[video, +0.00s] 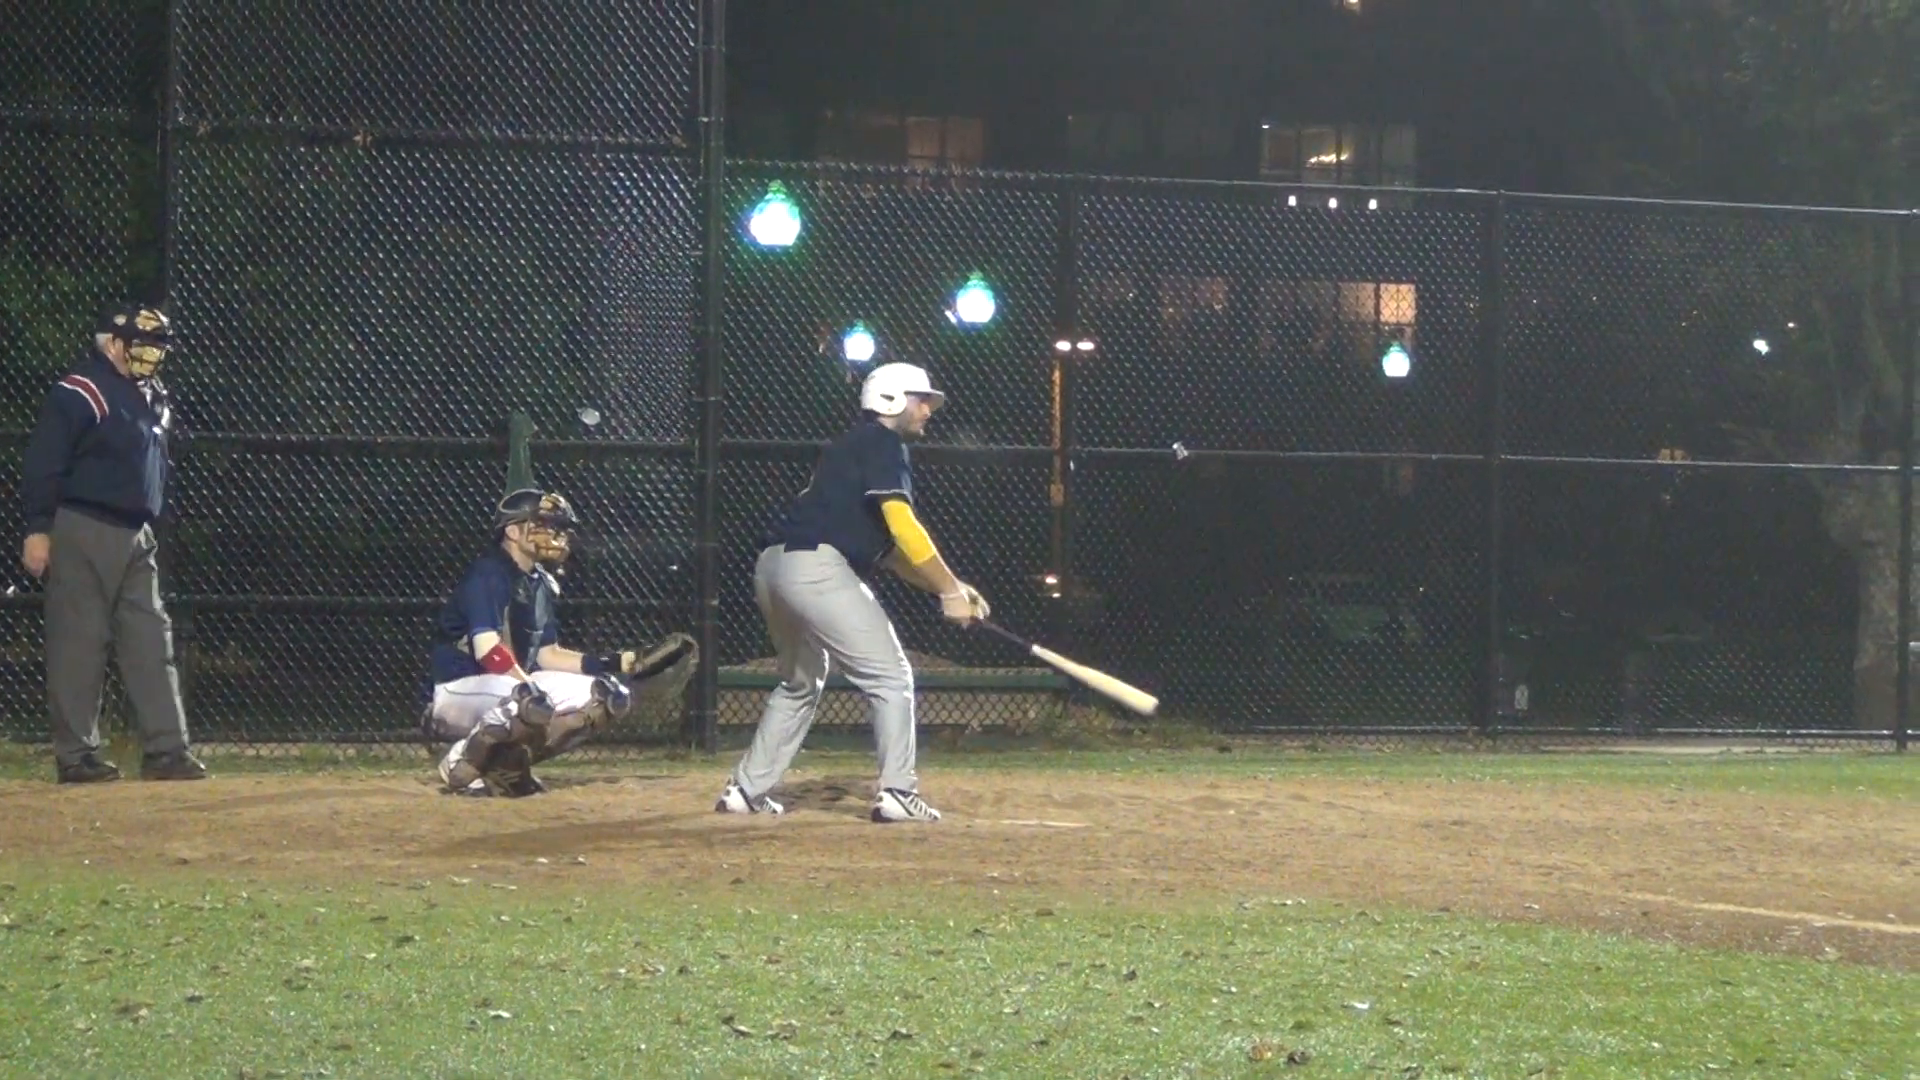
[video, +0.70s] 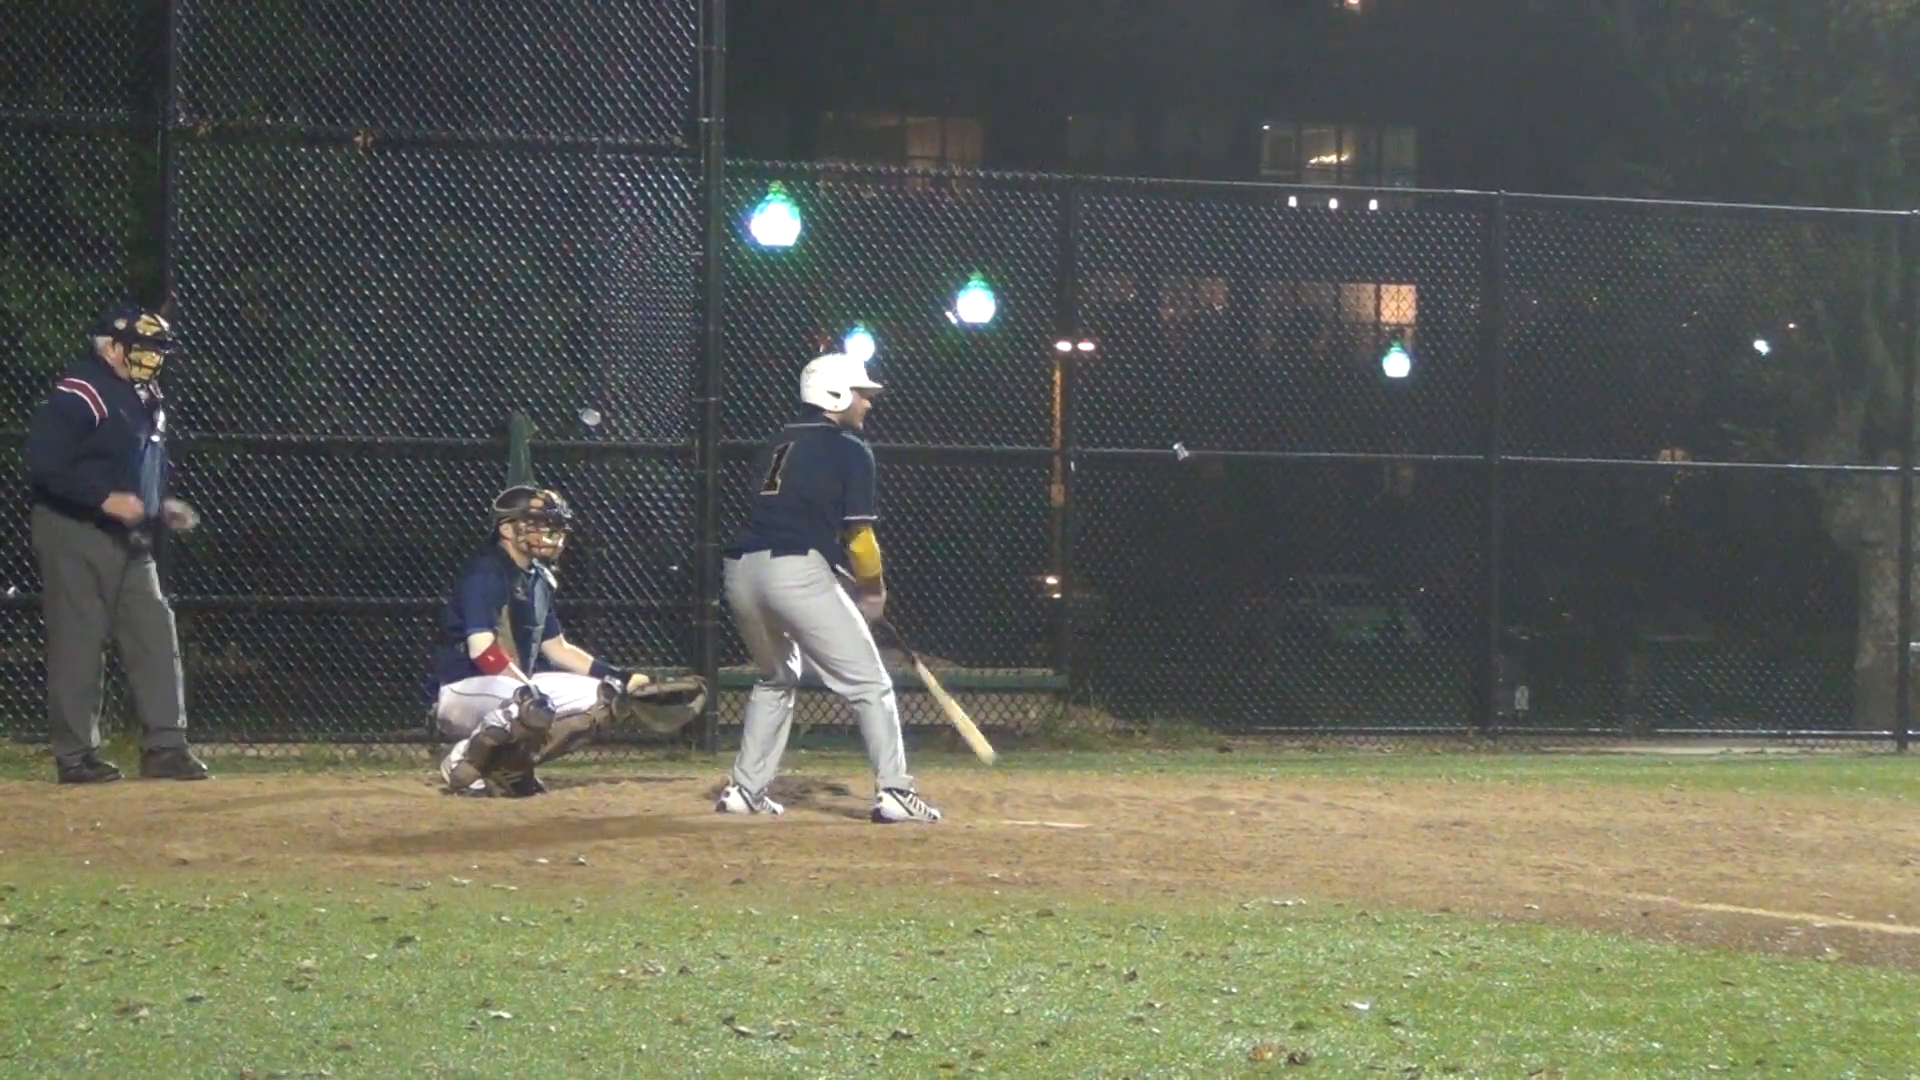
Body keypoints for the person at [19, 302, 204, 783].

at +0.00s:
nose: (150, 355)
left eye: (155, 346)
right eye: (141, 345)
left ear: (158, 348)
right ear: (113, 343)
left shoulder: (152, 398)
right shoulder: (79, 390)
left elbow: (153, 465)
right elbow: (43, 459)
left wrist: (147, 518)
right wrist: (37, 527)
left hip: (136, 535)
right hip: (84, 531)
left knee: (149, 640)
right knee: (79, 639)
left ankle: (167, 751)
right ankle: (76, 755)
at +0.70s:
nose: (150, 359)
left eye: (155, 350)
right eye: (142, 348)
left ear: (155, 351)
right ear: (114, 345)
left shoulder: (144, 395)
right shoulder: (83, 390)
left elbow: (139, 469)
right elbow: (45, 466)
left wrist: (163, 505)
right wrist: (104, 498)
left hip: (127, 533)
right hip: (72, 530)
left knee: (152, 628)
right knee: (78, 637)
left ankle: (166, 749)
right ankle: (76, 756)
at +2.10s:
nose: (204, 485)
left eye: (208, 478)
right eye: (197, 475)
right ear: (169, 470)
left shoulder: (174, 509)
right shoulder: (124, 497)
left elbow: (154, 567)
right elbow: (109, 566)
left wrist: (160, 603)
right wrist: (139, 613)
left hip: (104, 600)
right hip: (36, 590)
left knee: (160, 649)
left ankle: (187, 749)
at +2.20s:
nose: (208, 489)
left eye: (212, 481)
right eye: (202, 479)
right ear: (174, 474)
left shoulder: (179, 513)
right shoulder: (128, 501)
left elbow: (166, 573)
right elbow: (111, 574)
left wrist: (164, 604)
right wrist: (140, 615)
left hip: (103, 598)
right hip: (35, 589)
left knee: (159, 649)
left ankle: (187, 750)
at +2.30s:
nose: (212, 494)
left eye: (216, 486)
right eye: (205, 485)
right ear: (177, 482)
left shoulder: (182, 518)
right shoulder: (134, 506)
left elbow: (166, 574)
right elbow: (112, 574)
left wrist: (166, 604)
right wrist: (142, 617)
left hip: (102, 603)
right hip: (34, 592)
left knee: (161, 648)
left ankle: (187, 750)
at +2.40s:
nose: (213, 501)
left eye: (218, 493)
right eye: (206, 492)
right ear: (178, 488)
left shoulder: (184, 521)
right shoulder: (131, 512)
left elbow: (169, 575)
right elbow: (112, 584)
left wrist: (170, 606)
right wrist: (143, 620)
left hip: (103, 597)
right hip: (36, 587)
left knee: (163, 648)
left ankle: (188, 750)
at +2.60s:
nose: (217, 499)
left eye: (221, 491)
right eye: (209, 490)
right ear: (180, 486)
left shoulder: (185, 522)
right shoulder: (135, 509)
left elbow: (156, 574)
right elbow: (115, 580)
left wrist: (163, 606)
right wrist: (144, 618)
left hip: (103, 600)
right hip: (37, 588)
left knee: (164, 649)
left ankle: (189, 751)